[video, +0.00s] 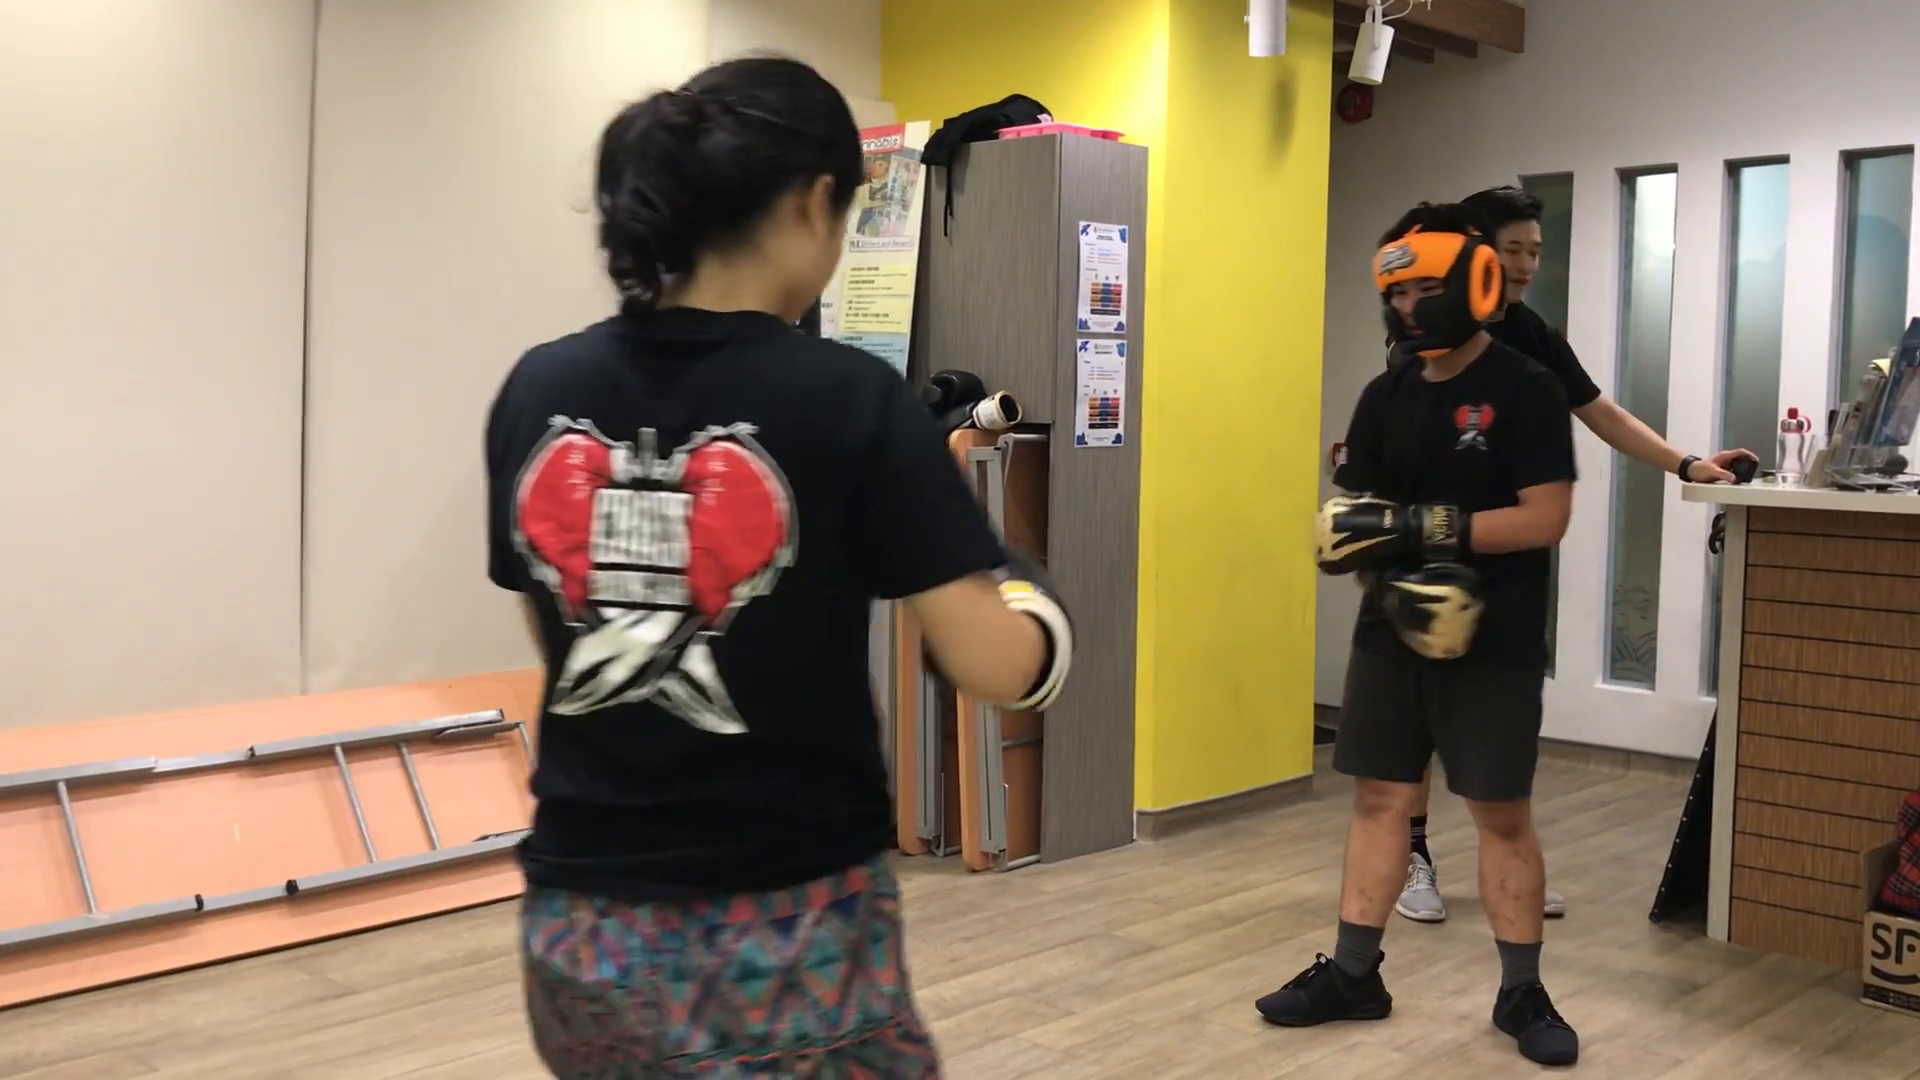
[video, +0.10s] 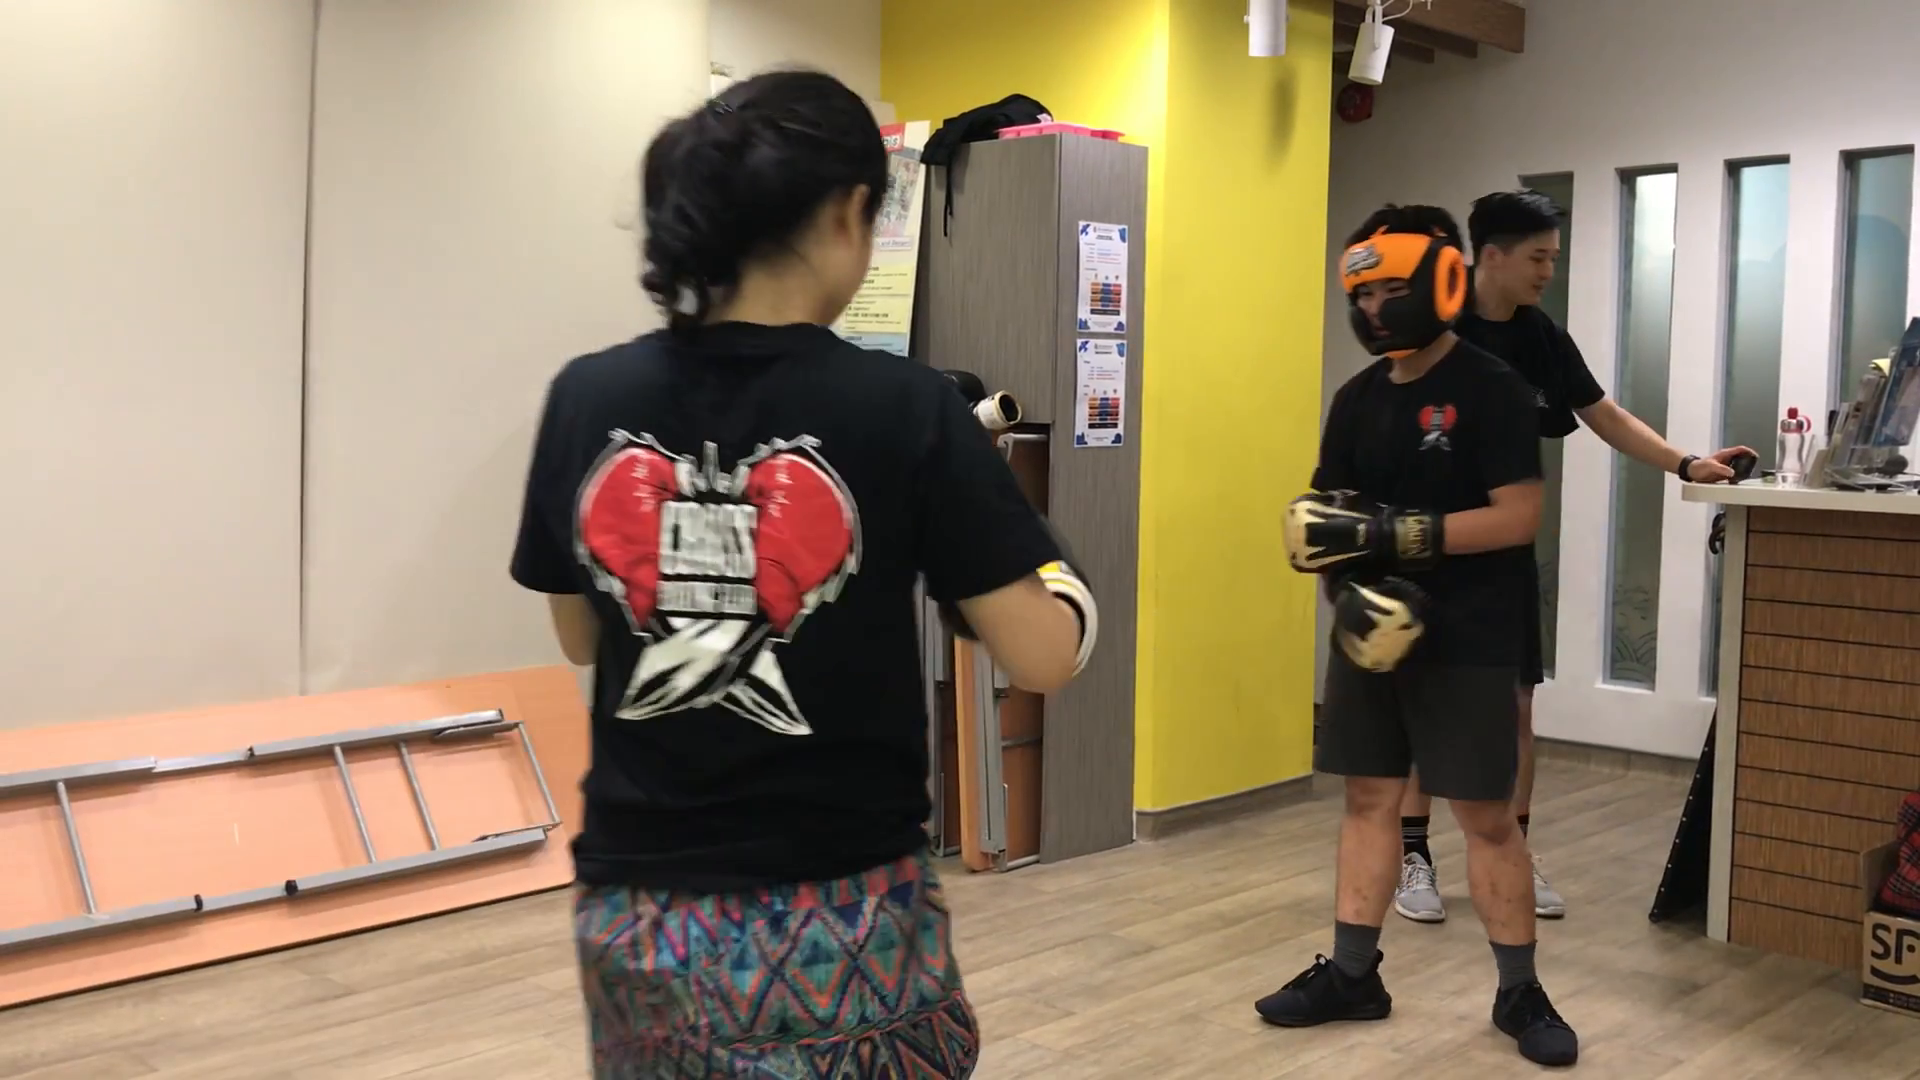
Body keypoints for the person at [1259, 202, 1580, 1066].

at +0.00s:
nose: (1405, 306)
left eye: (1421, 288)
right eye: (1396, 292)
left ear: (1472, 289)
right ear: (1390, 301)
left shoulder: (1527, 392)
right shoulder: (1384, 396)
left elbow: (1548, 518)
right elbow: (1354, 512)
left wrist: (1425, 527)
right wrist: (1350, 545)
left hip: (1497, 636)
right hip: (1394, 625)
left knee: (1502, 815)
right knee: (1380, 795)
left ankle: (1522, 991)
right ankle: (1354, 969)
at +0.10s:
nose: (1371, 305)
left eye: (1388, 286)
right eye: (1361, 291)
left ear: (1442, 283)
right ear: (1353, 298)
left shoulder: (1494, 390)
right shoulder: (1358, 396)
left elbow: (1521, 517)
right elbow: (1323, 515)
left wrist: (1402, 534)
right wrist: (1340, 577)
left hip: (1472, 638)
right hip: (1371, 630)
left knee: (1489, 817)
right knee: (1369, 797)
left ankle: (1520, 991)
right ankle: (1353, 972)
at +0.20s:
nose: (1342, 307)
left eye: (1358, 289)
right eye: (1332, 293)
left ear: (1410, 286)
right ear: (1326, 300)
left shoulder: (1465, 389)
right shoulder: (1329, 400)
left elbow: (1494, 515)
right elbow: (1301, 516)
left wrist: (1378, 539)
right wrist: (1306, 583)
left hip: (1447, 629)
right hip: (1351, 625)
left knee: (1471, 814)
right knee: (1357, 792)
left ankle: (1515, 985)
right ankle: (1352, 971)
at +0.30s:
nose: (1319, 309)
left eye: (1336, 290)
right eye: (1307, 295)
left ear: (1386, 286)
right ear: (1296, 303)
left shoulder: (1441, 389)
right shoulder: (1306, 399)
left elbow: (1477, 511)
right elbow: (1276, 512)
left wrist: (1360, 533)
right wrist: (1263, 587)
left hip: (1427, 624)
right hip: (1333, 627)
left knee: (1442, 804)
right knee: (1349, 791)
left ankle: (1502, 976)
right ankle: (1350, 971)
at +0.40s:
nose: (1300, 310)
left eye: (1316, 291)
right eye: (1287, 297)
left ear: (1370, 286)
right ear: (1277, 303)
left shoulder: (1420, 384)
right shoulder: (1290, 398)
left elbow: (1459, 509)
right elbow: (1253, 506)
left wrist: (1346, 519)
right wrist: (1227, 560)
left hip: (1413, 620)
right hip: (1323, 622)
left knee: (1413, 796)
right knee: (1339, 791)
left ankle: (1467, 978)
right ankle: (1350, 972)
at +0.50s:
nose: (1289, 315)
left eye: (1304, 294)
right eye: (1275, 301)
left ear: (1354, 287)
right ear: (1264, 307)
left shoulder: (1409, 385)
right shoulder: (1273, 397)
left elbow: (1440, 509)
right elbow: (1248, 501)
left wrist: (1342, 497)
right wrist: (1207, 528)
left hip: (1400, 618)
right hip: (1314, 620)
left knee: (1387, 796)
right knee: (1332, 792)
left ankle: (1417, 996)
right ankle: (1349, 971)